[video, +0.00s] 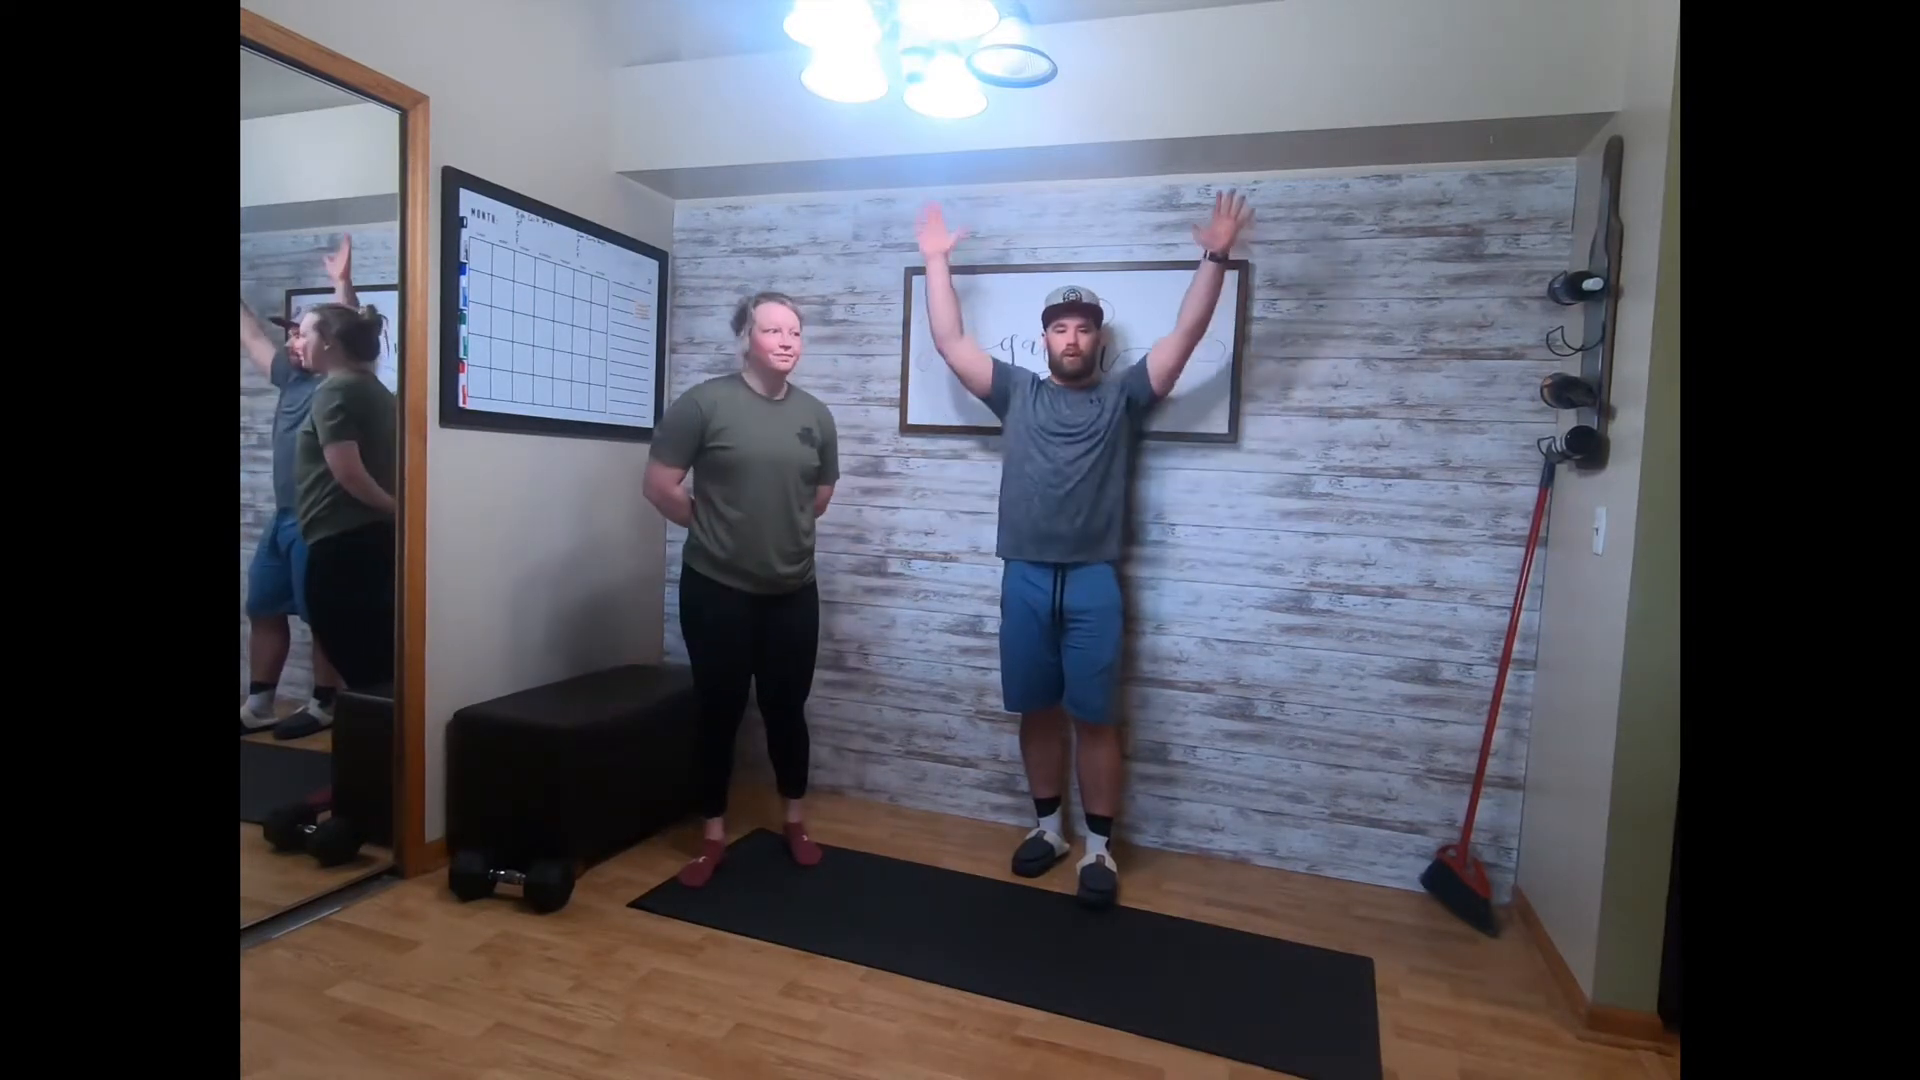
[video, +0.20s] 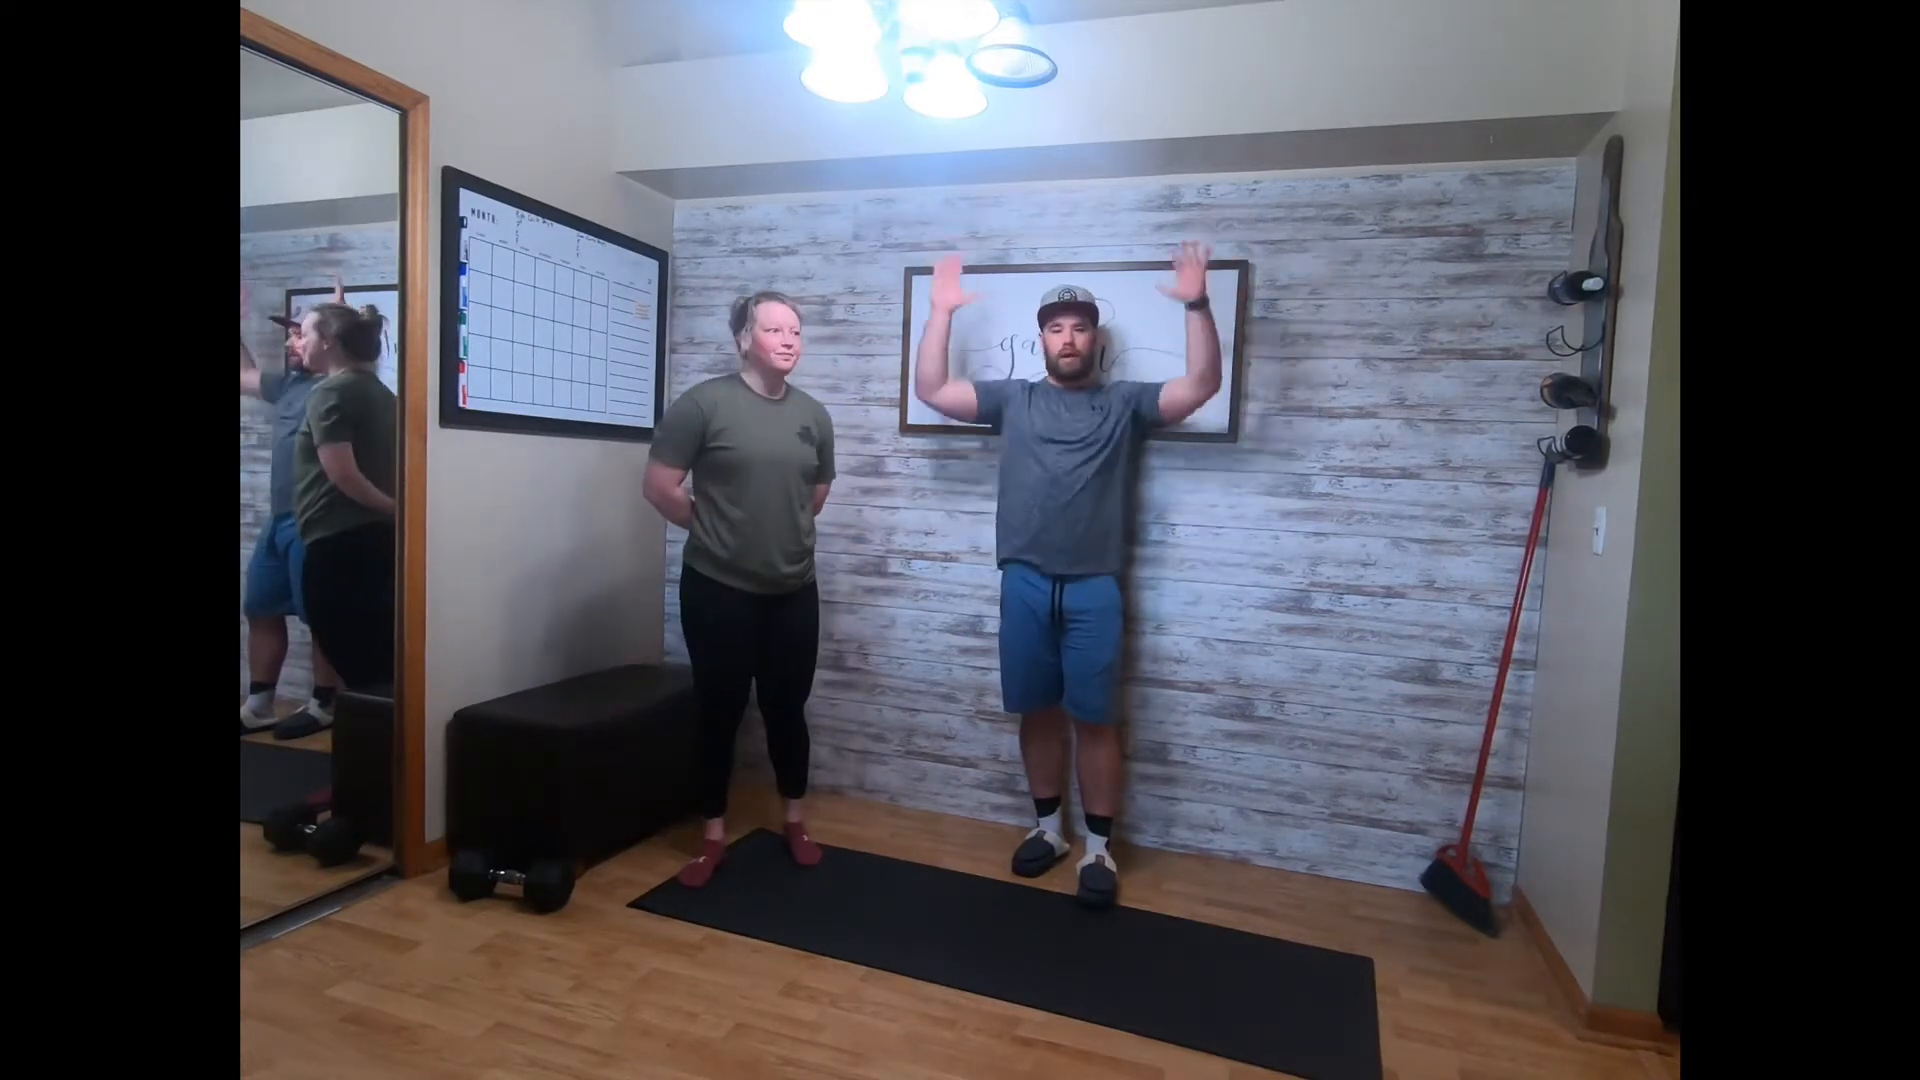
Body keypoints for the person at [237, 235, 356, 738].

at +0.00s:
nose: (292, 341)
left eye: (301, 333)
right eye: (290, 333)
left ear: (327, 339)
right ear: (290, 342)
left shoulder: (338, 382)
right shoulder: (289, 375)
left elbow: (349, 335)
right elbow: (252, 336)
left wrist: (342, 283)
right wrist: (238, 301)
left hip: (323, 522)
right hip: (283, 519)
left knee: (322, 617)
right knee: (264, 609)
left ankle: (324, 706)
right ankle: (260, 702)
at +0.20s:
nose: (291, 340)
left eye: (301, 332)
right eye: (292, 333)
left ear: (327, 340)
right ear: (294, 342)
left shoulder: (338, 386)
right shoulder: (287, 381)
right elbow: (246, 375)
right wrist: (240, 328)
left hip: (318, 524)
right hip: (280, 521)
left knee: (321, 620)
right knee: (262, 609)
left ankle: (324, 705)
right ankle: (259, 703)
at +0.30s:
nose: (292, 341)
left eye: (301, 333)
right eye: (293, 333)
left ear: (325, 342)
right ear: (298, 343)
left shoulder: (338, 392)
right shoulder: (287, 391)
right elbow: (249, 408)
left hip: (317, 525)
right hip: (278, 522)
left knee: (320, 621)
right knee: (262, 610)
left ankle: (324, 705)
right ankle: (259, 704)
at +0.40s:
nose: (292, 340)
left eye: (303, 333)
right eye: (293, 332)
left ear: (326, 342)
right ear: (296, 342)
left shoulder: (337, 392)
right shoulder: (286, 393)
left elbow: (348, 444)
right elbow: (266, 437)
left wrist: (309, 425)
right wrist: (240, 439)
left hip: (314, 525)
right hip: (276, 522)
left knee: (319, 619)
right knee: (259, 609)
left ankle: (324, 705)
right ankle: (259, 703)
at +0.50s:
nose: (293, 342)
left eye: (304, 334)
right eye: (293, 335)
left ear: (328, 344)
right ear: (293, 344)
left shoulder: (337, 392)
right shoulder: (281, 395)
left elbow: (350, 461)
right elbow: (270, 456)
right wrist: (248, 491)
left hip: (313, 526)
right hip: (272, 524)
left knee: (318, 620)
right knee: (256, 611)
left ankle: (324, 705)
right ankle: (259, 704)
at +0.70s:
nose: (291, 340)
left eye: (303, 334)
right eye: (288, 334)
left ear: (321, 344)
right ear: (283, 342)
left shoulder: (333, 389)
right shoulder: (272, 392)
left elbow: (348, 455)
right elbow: (267, 453)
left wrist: (331, 513)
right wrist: (260, 508)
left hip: (308, 525)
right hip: (261, 522)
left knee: (315, 620)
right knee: (251, 613)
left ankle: (324, 706)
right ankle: (257, 705)